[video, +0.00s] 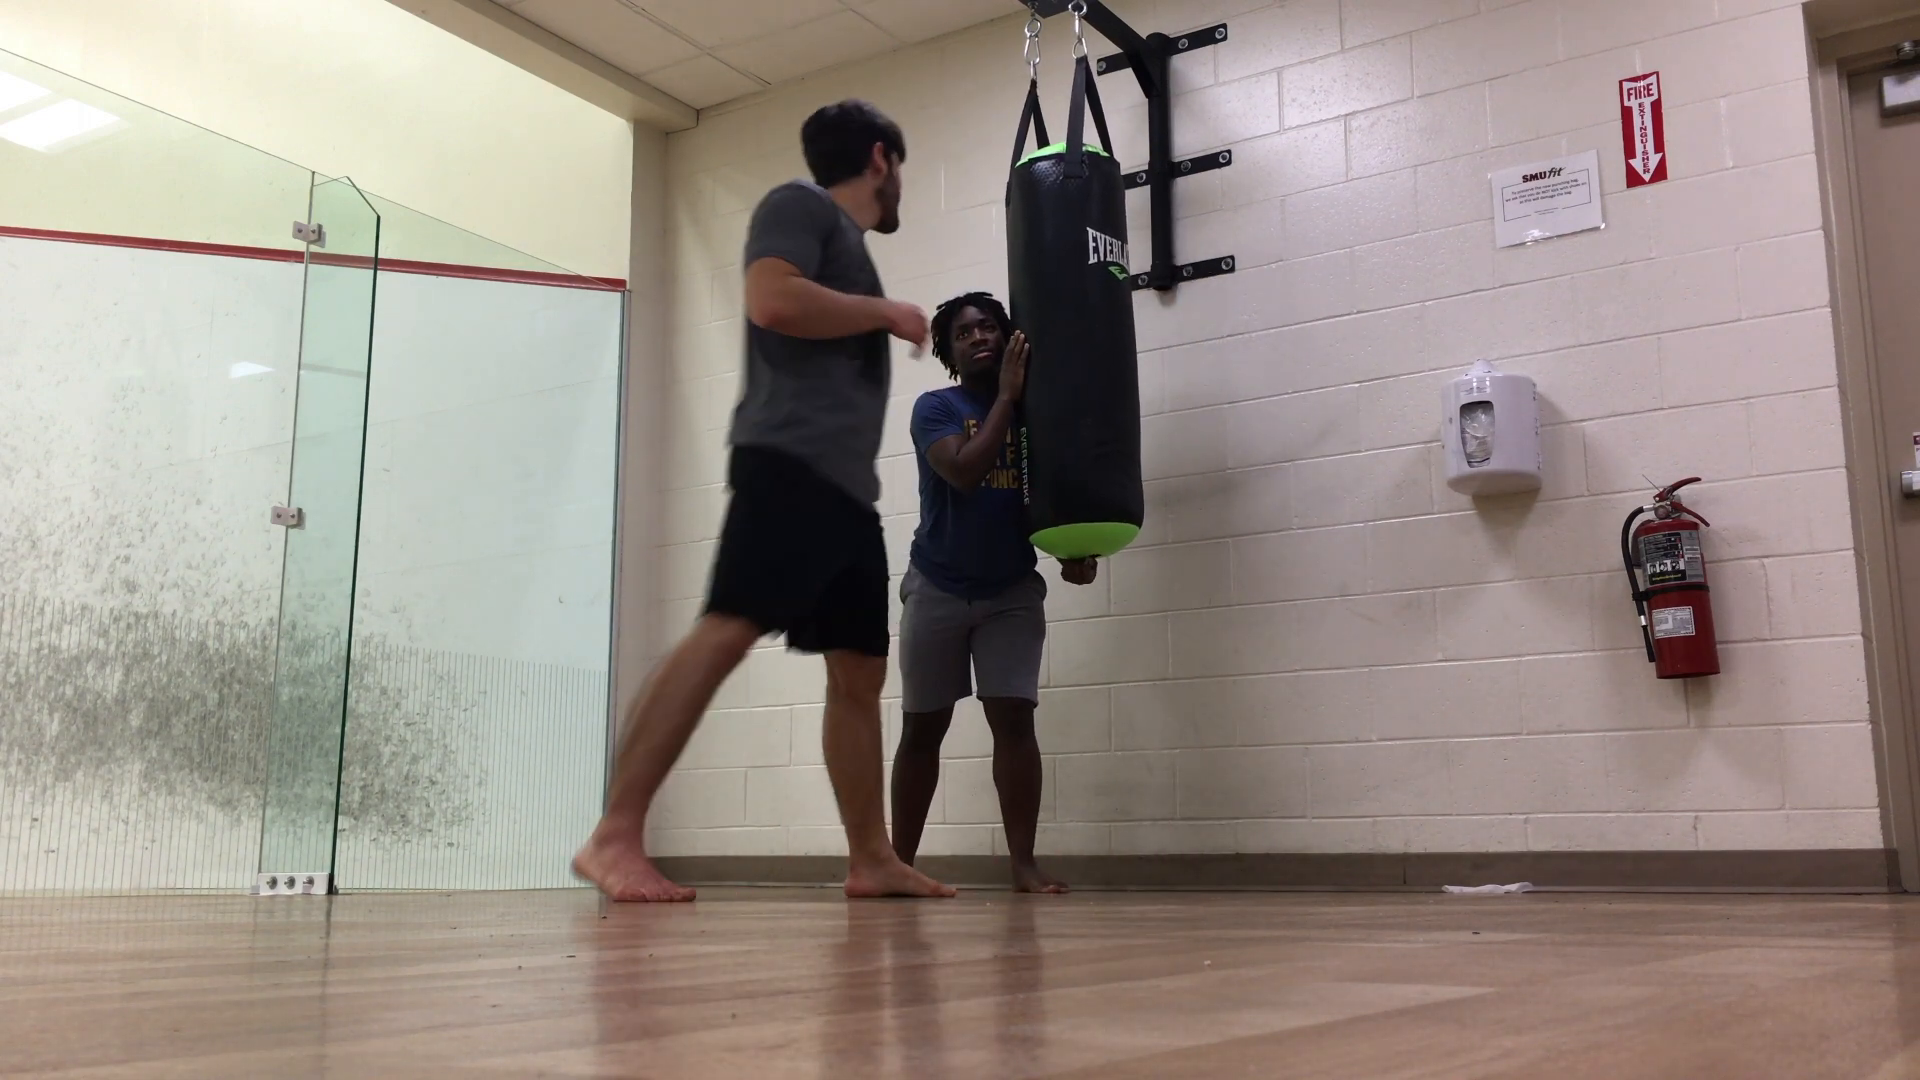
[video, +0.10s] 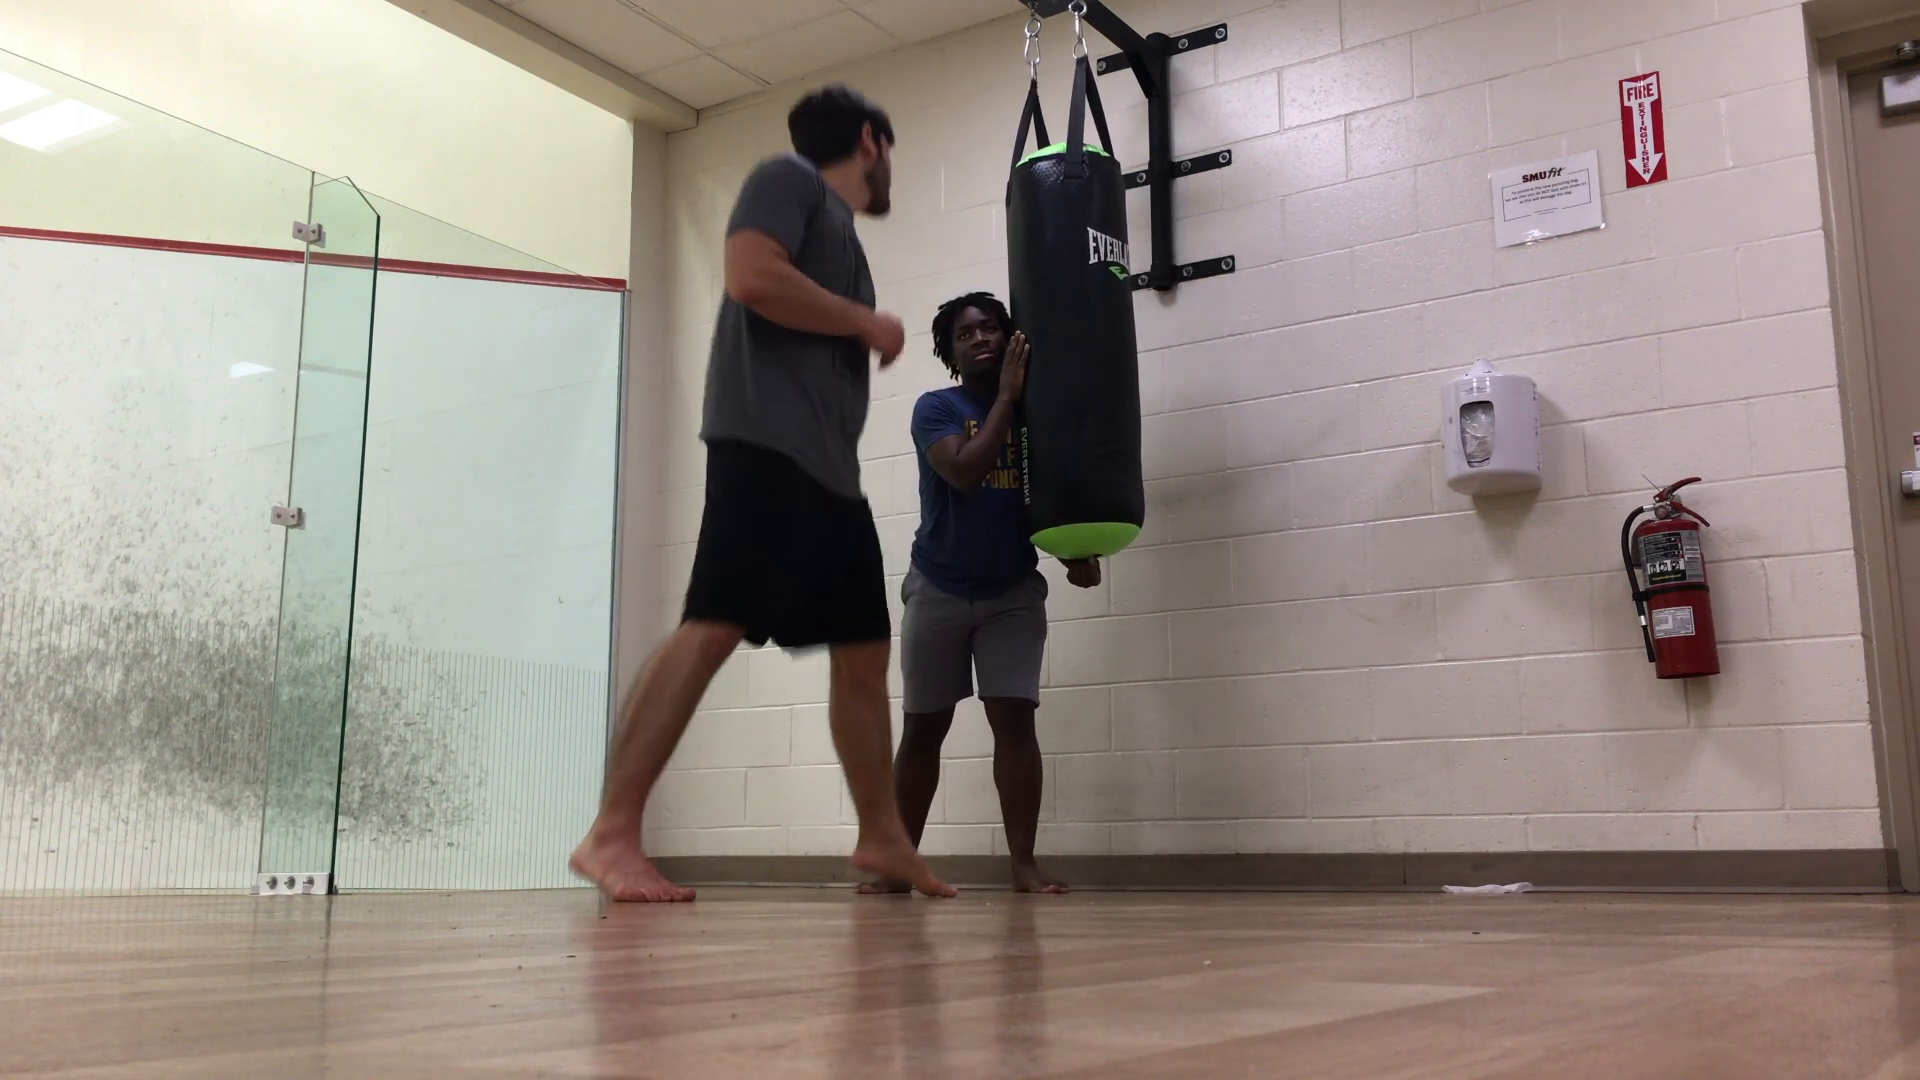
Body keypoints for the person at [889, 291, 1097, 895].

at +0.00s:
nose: (980, 337)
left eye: (988, 326)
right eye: (965, 332)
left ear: (1010, 338)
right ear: (948, 352)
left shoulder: (1036, 403)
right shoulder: (937, 407)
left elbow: (1061, 474)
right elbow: (962, 469)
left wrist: (1077, 553)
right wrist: (1007, 397)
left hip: (1013, 589)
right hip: (938, 591)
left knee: (1015, 723)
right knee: (924, 730)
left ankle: (1024, 864)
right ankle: (901, 866)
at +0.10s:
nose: (981, 338)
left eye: (991, 328)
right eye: (967, 333)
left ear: (1010, 339)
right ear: (949, 352)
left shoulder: (1035, 407)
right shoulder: (935, 407)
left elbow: (1060, 480)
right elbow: (963, 470)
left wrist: (1079, 553)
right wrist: (1007, 397)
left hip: (1014, 591)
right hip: (939, 592)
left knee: (1015, 722)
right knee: (924, 730)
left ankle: (1024, 863)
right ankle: (899, 861)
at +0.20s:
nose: (983, 339)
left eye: (992, 328)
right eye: (968, 334)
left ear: (1011, 340)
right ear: (950, 351)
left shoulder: (1035, 408)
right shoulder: (935, 407)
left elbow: (1057, 485)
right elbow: (963, 471)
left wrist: (1078, 555)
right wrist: (1007, 397)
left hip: (1014, 591)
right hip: (940, 593)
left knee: (1016, 722)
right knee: (924, 730)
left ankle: (1024, 863)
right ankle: (900, 864)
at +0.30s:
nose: (985, 337)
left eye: (993, 326)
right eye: (970, 332)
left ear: (1013, 337)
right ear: (949, 349)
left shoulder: (1037, 405)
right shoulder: (938, 408)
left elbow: (1062, 477)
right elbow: (962, 470)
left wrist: (1082, 554)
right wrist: (1007, 398)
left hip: (1015, 589)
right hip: (941, 591)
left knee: (1016, 720)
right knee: (925, 730)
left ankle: (1024, 862)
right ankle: (901, 866)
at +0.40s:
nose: (986, 337)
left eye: (994, 327)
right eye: (972, 332)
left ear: (1014, 340)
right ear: (953, 351)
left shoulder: (1038, 405)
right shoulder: (938, 406)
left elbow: (1065, 475)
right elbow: (959, 472)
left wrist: (1083, 553)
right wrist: (1007, 401)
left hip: (1015, 589)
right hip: (941, 591)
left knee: (1016, 719)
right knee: (926, 729)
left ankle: (1023, 862)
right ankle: (902, 866)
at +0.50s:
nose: (989, 337)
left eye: (997, 327)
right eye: (974, 332)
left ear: (1014, 340)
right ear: (954, 350)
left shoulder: (1035, 406)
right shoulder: (936, 405)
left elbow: (1064, 477)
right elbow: (951, 474)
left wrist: (1081, 550)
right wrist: (1008, 415)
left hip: (1016, 592)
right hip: (941, 594)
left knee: (1016, 723)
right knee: (924, 731)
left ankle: (1024, 862)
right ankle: (900, 863)